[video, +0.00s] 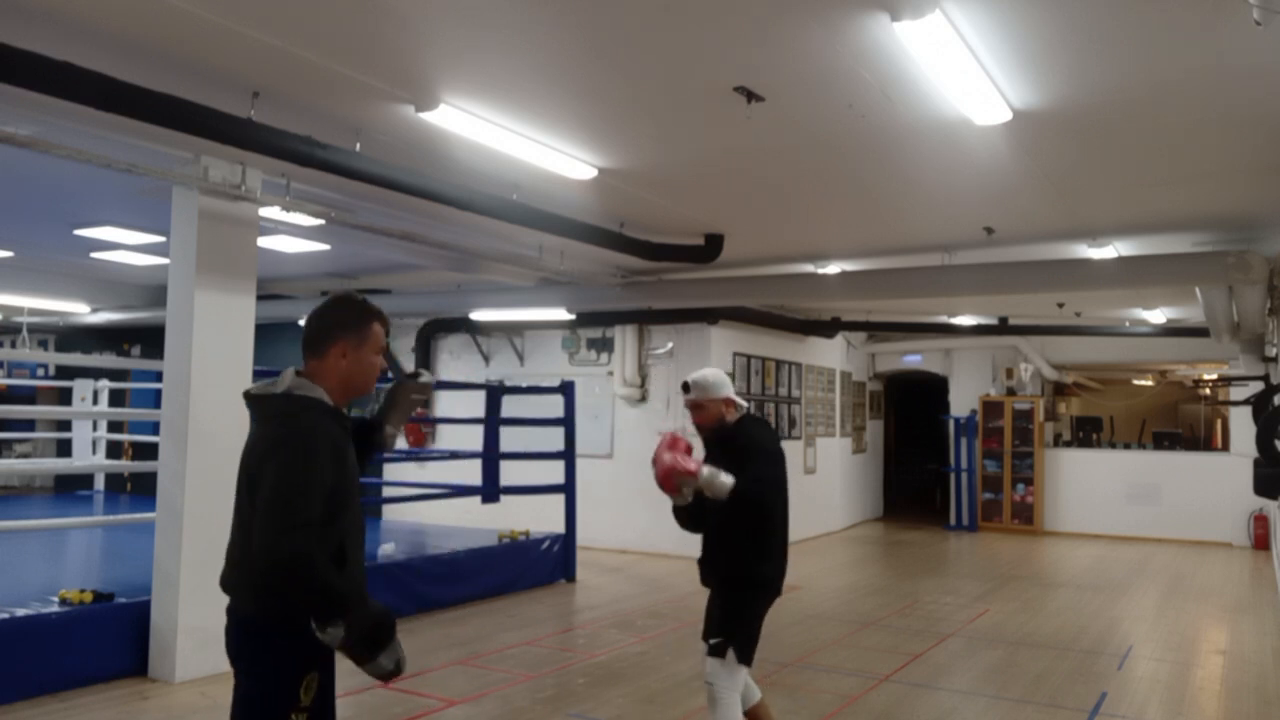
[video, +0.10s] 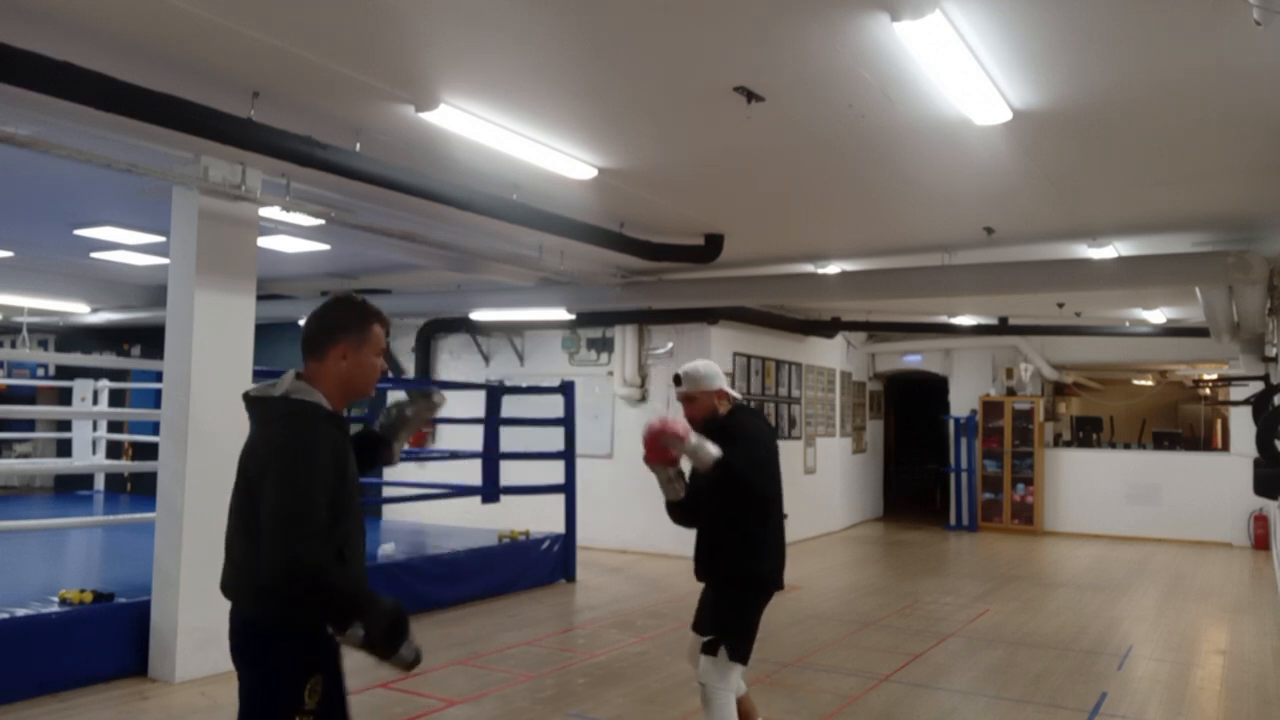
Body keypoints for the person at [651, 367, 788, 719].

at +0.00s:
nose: (692, 417)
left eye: (698, 408)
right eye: (690, 409)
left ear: (726, 406)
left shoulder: (755, 436)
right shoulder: (716, 445)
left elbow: (763, 502)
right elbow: (698, 522)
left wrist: (704, 477)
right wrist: (680, 494)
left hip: (752, 576)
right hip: (725, 573)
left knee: (721, 678)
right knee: (731, 673)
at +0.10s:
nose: (684, 411)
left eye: (690, 401)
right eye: (682, 402)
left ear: (718, 398)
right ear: (714, 399)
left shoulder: (748, 428)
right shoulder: (710, 436)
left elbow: (747, 483)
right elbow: (689, 516)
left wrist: (691, 445)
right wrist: (668, 474)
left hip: (751, 571)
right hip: (724, 568)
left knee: (716, 680)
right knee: (705, 658)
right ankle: (747, 710)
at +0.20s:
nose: (677, 405)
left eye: (685, 396)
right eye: (675, 396)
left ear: (715, 393)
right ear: (712, 394)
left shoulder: (740, 427)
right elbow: (676, 505)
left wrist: (665, 443)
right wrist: (662, 447)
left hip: (743, 570)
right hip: (723, 565)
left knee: (709, 682)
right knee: (691, 655)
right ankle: (732, 711)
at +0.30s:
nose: (677, 410)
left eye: (682, 400)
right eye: (674, 401)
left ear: (712, 397)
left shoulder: (744, 432)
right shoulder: (699, 439)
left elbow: (734, 485)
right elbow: (664, 507)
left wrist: (673, 459)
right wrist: (650, 467)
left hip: (742, 573)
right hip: (713, 569)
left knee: (680, 670)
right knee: (697, 668)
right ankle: (726, 712)